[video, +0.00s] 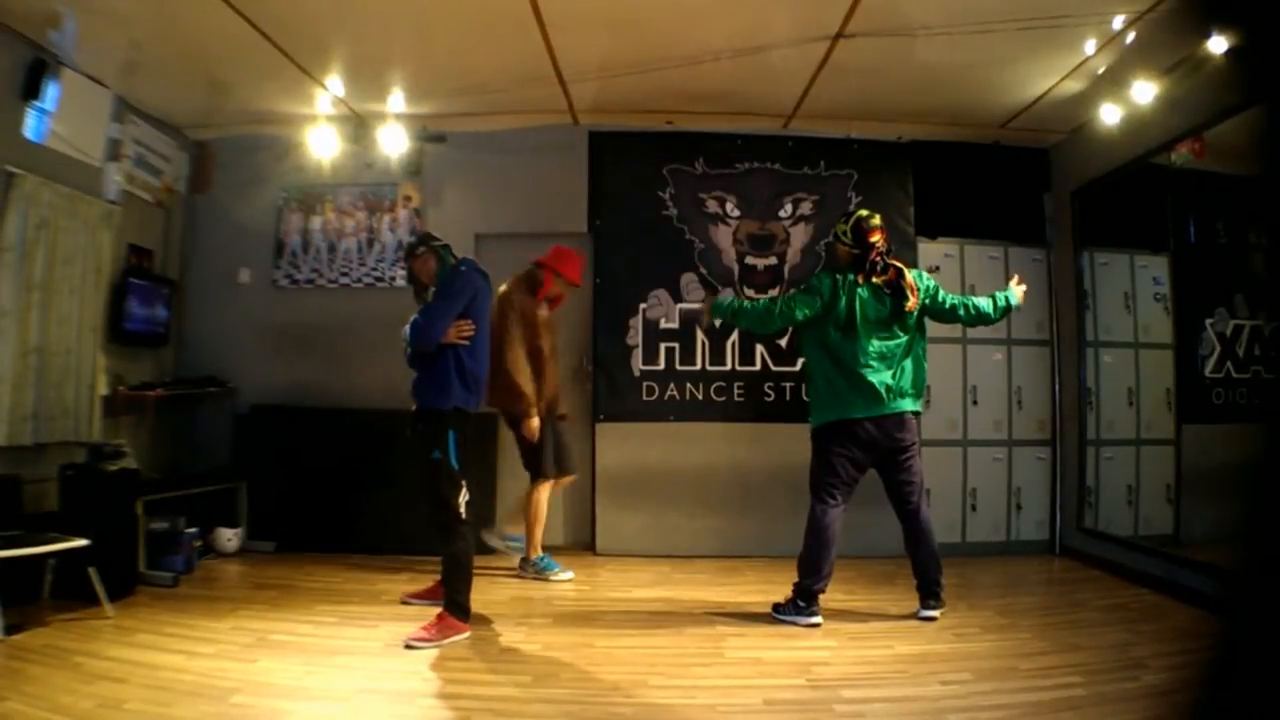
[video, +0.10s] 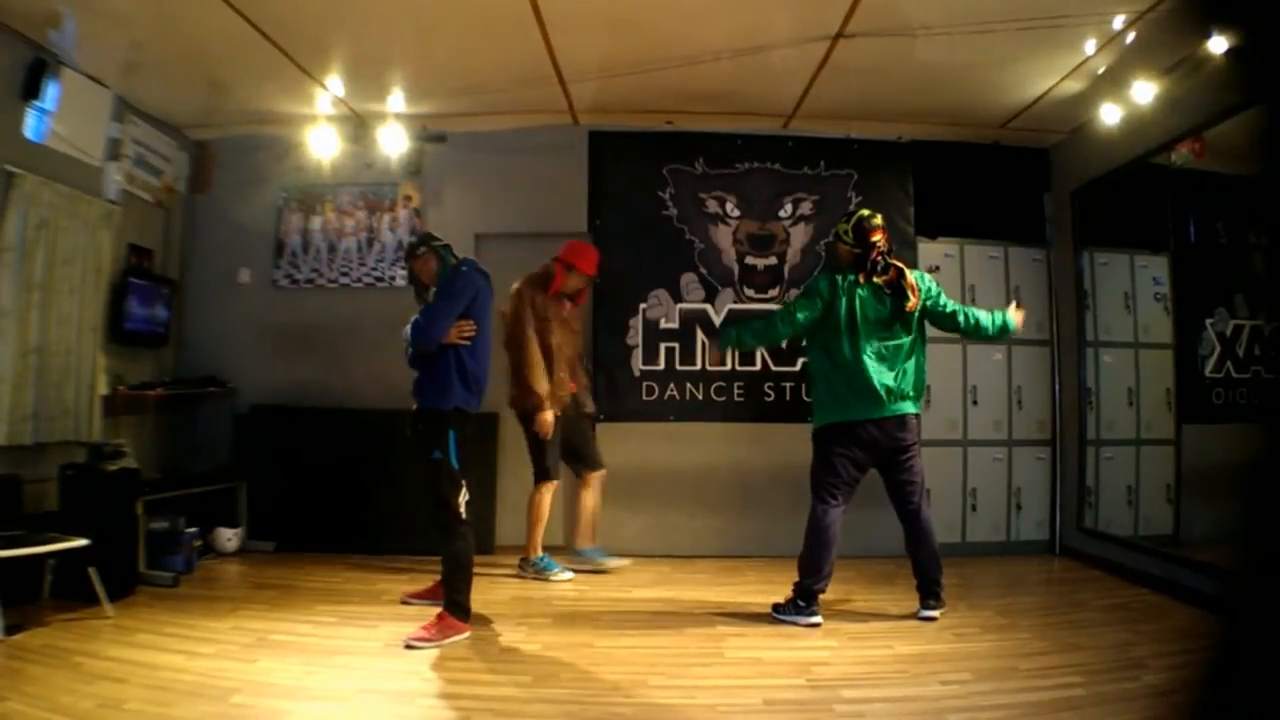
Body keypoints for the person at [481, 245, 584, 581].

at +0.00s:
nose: (562, 294)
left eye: (565, 288)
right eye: (561, 286)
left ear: (552, 280)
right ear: (547, 276)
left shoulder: (536, 302)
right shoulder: (513, 298)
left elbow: (543, 357)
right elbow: (512, 358)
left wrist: (552, 402)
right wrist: (527, 408)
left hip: (542, 402)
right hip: (523, 405)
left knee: (564, 473)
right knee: (542, 476)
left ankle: (507, 529)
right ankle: (533, 556)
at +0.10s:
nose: (581, 285)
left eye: (584, 280)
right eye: (579, 278)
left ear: (581, 277)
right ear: (565, 269)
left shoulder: (570, 300)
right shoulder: (527, 294)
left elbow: (571, 356)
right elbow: (527, 352)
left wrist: (583, 395)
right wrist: (541, 404)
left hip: (569, 399)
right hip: (538, 401)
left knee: (593, 471)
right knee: (547, 479)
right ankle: (532, 556)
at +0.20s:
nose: (593, 280)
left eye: (599, 275)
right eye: (589, 272)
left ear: (602, 277)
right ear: (573, 267)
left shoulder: (594, 305)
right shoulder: (544, 295)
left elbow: (596, 356)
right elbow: (539, 350)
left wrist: (605, 399)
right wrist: (554, 399)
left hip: (589, 401)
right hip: (557, 402)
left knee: (614, 477)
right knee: (558, 481)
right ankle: (534, 556)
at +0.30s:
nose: (601, 279)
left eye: (607, 272)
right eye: (595, 272)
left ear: (615, 273)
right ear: (581, 272)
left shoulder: (623, 308)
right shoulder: (560, 301)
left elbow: (628, 358)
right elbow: (551, 351)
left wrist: (629, 402)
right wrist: (561, 397)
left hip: (611, 405)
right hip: (576, 404)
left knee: (639, 479)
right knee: (569, 485)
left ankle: (663, 551)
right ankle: (539, 555)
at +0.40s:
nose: (614, 280)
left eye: (619, 273)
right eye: (607, 274)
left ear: (628, 274)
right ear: (596, 277)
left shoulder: (647, 312)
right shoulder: (580, 310)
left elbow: (656, 364)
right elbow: (568, 357)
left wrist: (657, 411)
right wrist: (570, 399)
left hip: (638, 408)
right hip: (597, 405)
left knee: (665, 479)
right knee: (577, 485)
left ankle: (672, 554)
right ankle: (552, 555)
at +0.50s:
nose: (625, 279)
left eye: (630, 272)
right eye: (618, 274)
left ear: (641, 271)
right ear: (611, 278)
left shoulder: (666, 312)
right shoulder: (601, 311)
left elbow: (679, 365)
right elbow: (585, 360)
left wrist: (682, 416)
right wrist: (583, 407)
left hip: (657, 408)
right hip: (613, 405)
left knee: (675, 480)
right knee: (587, 480)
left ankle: (680, 553)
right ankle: (569, 555)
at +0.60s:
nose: (643, 277)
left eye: (647, 270)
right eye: (635, 272)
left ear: (656, 271)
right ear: (624, 277)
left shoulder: (679, 313)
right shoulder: (610, 312)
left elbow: (694, 366)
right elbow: (596, 362)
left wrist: (696, 416)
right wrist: (594, 410)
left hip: (666, 408)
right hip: (622, 406)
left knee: (678, 483)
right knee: (597, 480)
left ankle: (689, 554)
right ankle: (574, 555)